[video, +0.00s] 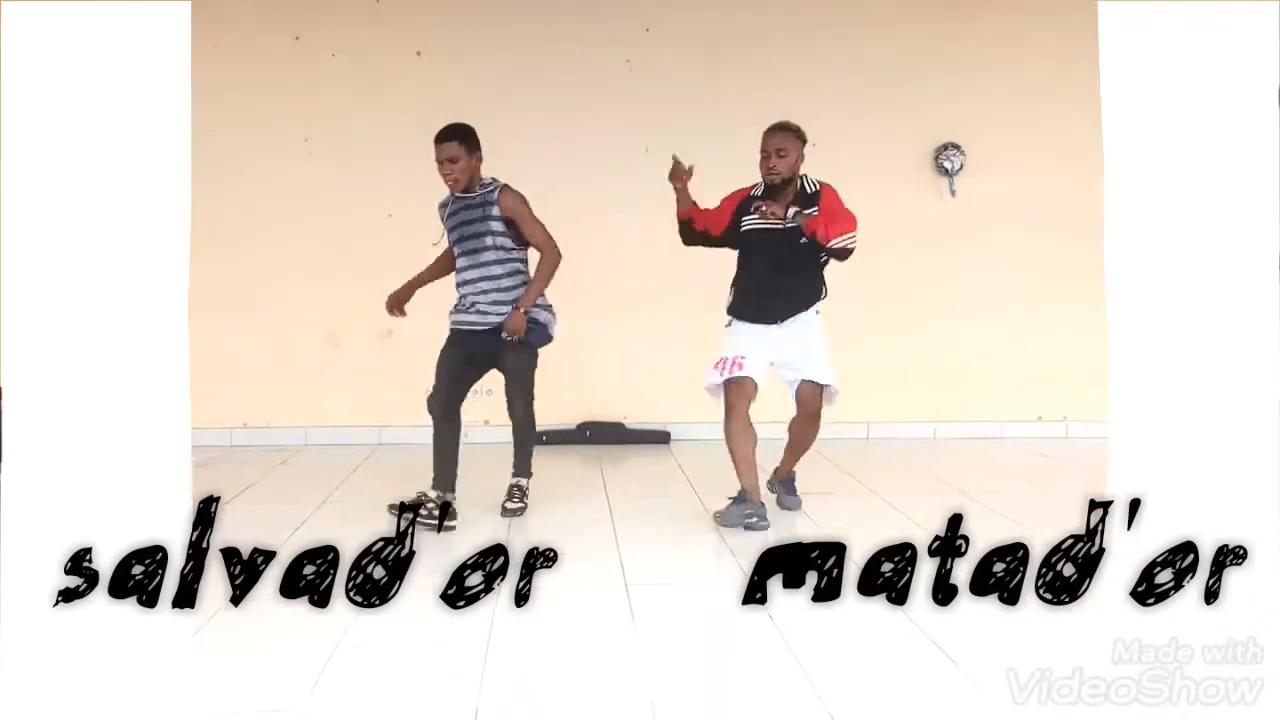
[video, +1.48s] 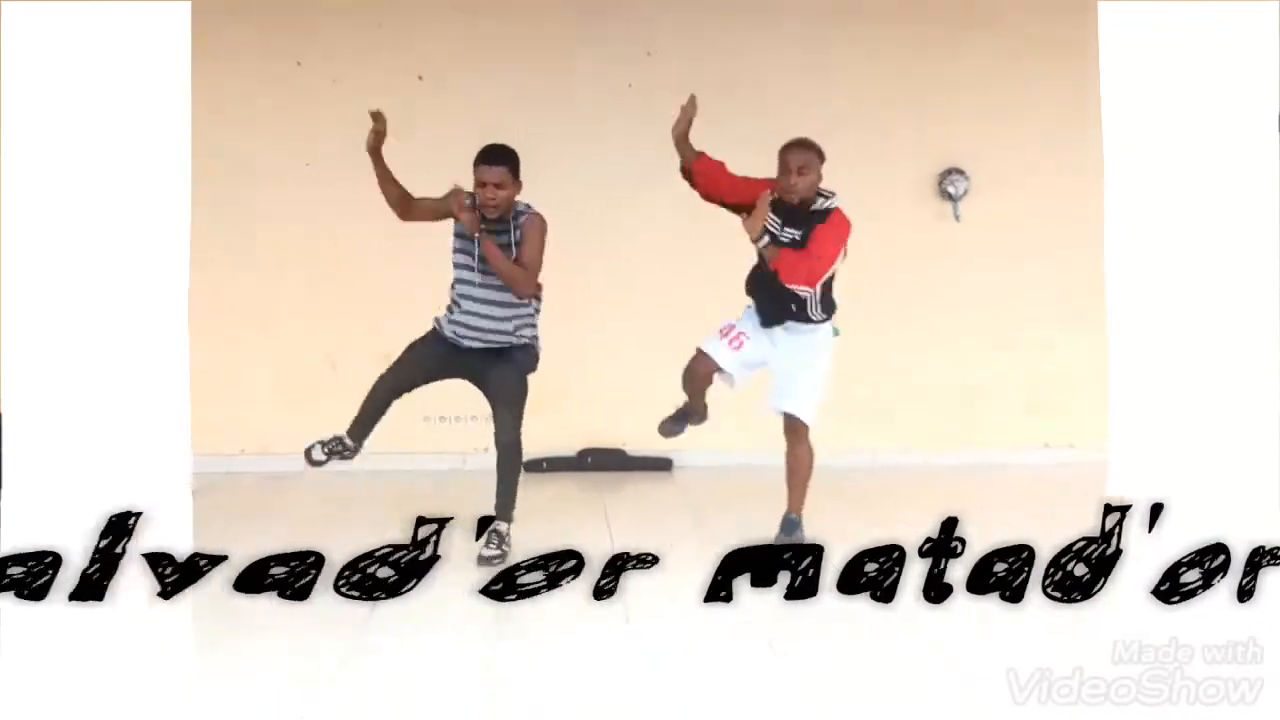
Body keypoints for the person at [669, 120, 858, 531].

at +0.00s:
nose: (772, 161)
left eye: (781, 153)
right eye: (765, 154)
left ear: (801, 156)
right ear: (759, 158)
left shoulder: (820, 196)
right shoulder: (744, 202)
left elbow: (844, 244)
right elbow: (694, 232)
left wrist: (795, 217)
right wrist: (681, 190)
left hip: (801, 319)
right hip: (748, 321)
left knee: (812, 402)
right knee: (736, 398)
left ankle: (785, 473)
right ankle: (751, 499)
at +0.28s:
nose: (798, 156)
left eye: (805, 150)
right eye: (788, 149)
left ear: (813, 159)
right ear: (771, 158)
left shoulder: (822, 216)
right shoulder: (744, 204)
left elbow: (818, 275)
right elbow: (719, 264)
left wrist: (827, 322)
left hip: (790, 308)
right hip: (745, 313)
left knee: (775, 359)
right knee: (731, 403)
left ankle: (845, 424)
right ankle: (774, 483)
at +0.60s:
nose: (770, 171)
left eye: (780, 163)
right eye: (763, 160)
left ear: (794, 164)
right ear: (753, 159)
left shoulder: (816, 211)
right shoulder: (731, 207)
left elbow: (834, 273)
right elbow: (711, 261)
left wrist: (846, 336)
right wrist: (706, 319)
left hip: (803, 300)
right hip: (750, 290)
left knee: (809, 393)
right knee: (781, 309)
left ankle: (791, 482)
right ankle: (737, 377)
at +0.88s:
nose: (779, 168)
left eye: (789, 160)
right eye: (772, 160)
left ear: (805, 164)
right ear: (764, 163)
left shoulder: (825, 205)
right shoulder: (742, 213)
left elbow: (857, 246)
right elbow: (708, 267)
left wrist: (846, 239)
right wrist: (698, 322)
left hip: (797, 325)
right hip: (747, 326)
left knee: (820, 400)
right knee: (736, 410)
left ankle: (840, 495)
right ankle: (719, 477)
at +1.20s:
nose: (813, 172)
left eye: (823, 164)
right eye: (806, 161)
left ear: (837, 165)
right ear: (794, 158)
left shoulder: (851, 217)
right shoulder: (762, 203)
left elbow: (870, 276)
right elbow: (739, 260)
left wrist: (853, 324)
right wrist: (727, 317)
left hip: (810, 335)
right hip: (755, 329)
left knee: (806, 421)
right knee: (742, 418)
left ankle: (792, 514)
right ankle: (747, 484)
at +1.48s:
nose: (791, 180)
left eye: (802, 172)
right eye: (786, 171)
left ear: (820, 175)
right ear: (778, 173)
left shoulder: (833, 221)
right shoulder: (766, 196)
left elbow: (803, 274)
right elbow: (716, 185)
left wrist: (761, 239)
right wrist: (682, 144)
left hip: (807, 332)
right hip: (760, 318)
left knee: (796, 425)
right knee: (697, 368)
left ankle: (793, 520)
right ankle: (695, 411)